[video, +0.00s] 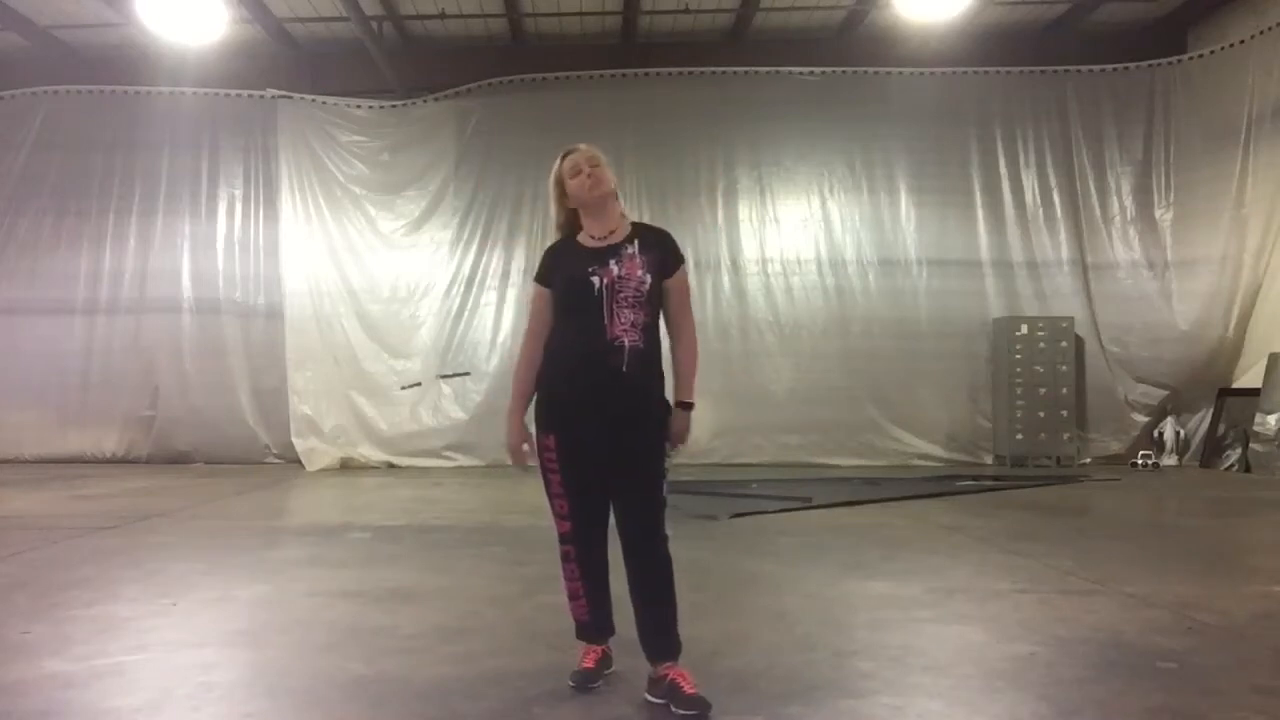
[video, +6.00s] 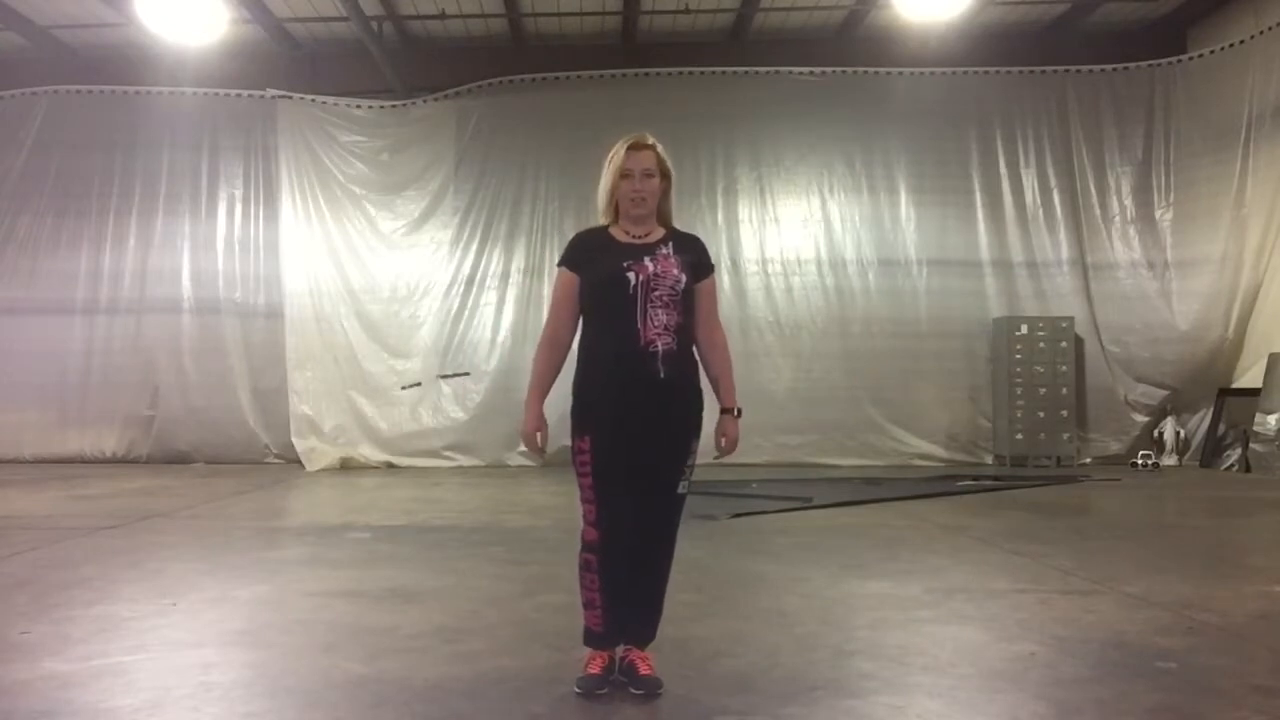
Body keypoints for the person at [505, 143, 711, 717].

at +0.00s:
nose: (589, 174)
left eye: (594, 165)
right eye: (576, 172)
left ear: (613, 176)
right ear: (565, 195)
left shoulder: (656, 244)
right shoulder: (558, 256)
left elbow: (682, 328)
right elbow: (535, 338)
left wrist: (683, 403)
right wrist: (516, 412)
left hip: (636, 413)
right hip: (566, 417)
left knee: (646, 537)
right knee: (579, 537)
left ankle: (665, 663)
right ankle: (593, 644)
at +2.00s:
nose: (618, 167)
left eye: (629, 160)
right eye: (608, 161)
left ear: (647, 176)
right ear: (595, 179)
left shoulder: (670, 245)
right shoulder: (572, 245)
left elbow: (702, 325)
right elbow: (530, 321)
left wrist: (694, 383)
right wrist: (537, 380)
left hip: (650, 407)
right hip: (581, 407)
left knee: (648, 526)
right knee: (586, 529)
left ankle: (651, 639)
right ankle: (597, 648)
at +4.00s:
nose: (633, 179)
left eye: (645, 172)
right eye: (624, 170)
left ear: (659, 184)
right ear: (606, 179)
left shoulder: (681, 248)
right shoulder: (579, 247)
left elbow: (702, 329)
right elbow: (553, 332)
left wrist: (721, 405)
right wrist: (523, 402)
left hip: (668, 412)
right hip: (599, 411)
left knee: (653, 526)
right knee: (599, 529)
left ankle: (635, 649)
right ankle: (600, 651)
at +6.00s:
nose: (639, 185)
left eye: (650, 175)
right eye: (629, 175)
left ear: (664, 182)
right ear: (612, 183)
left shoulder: (689, 250)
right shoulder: (586, 247)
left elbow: (708, 332)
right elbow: (557, 333)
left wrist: (729, 407)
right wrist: (533, 404)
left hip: (671, 413)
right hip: (602, 411)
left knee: (654, 528)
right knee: (603, 530)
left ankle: (636, 649)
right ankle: (599, 649)